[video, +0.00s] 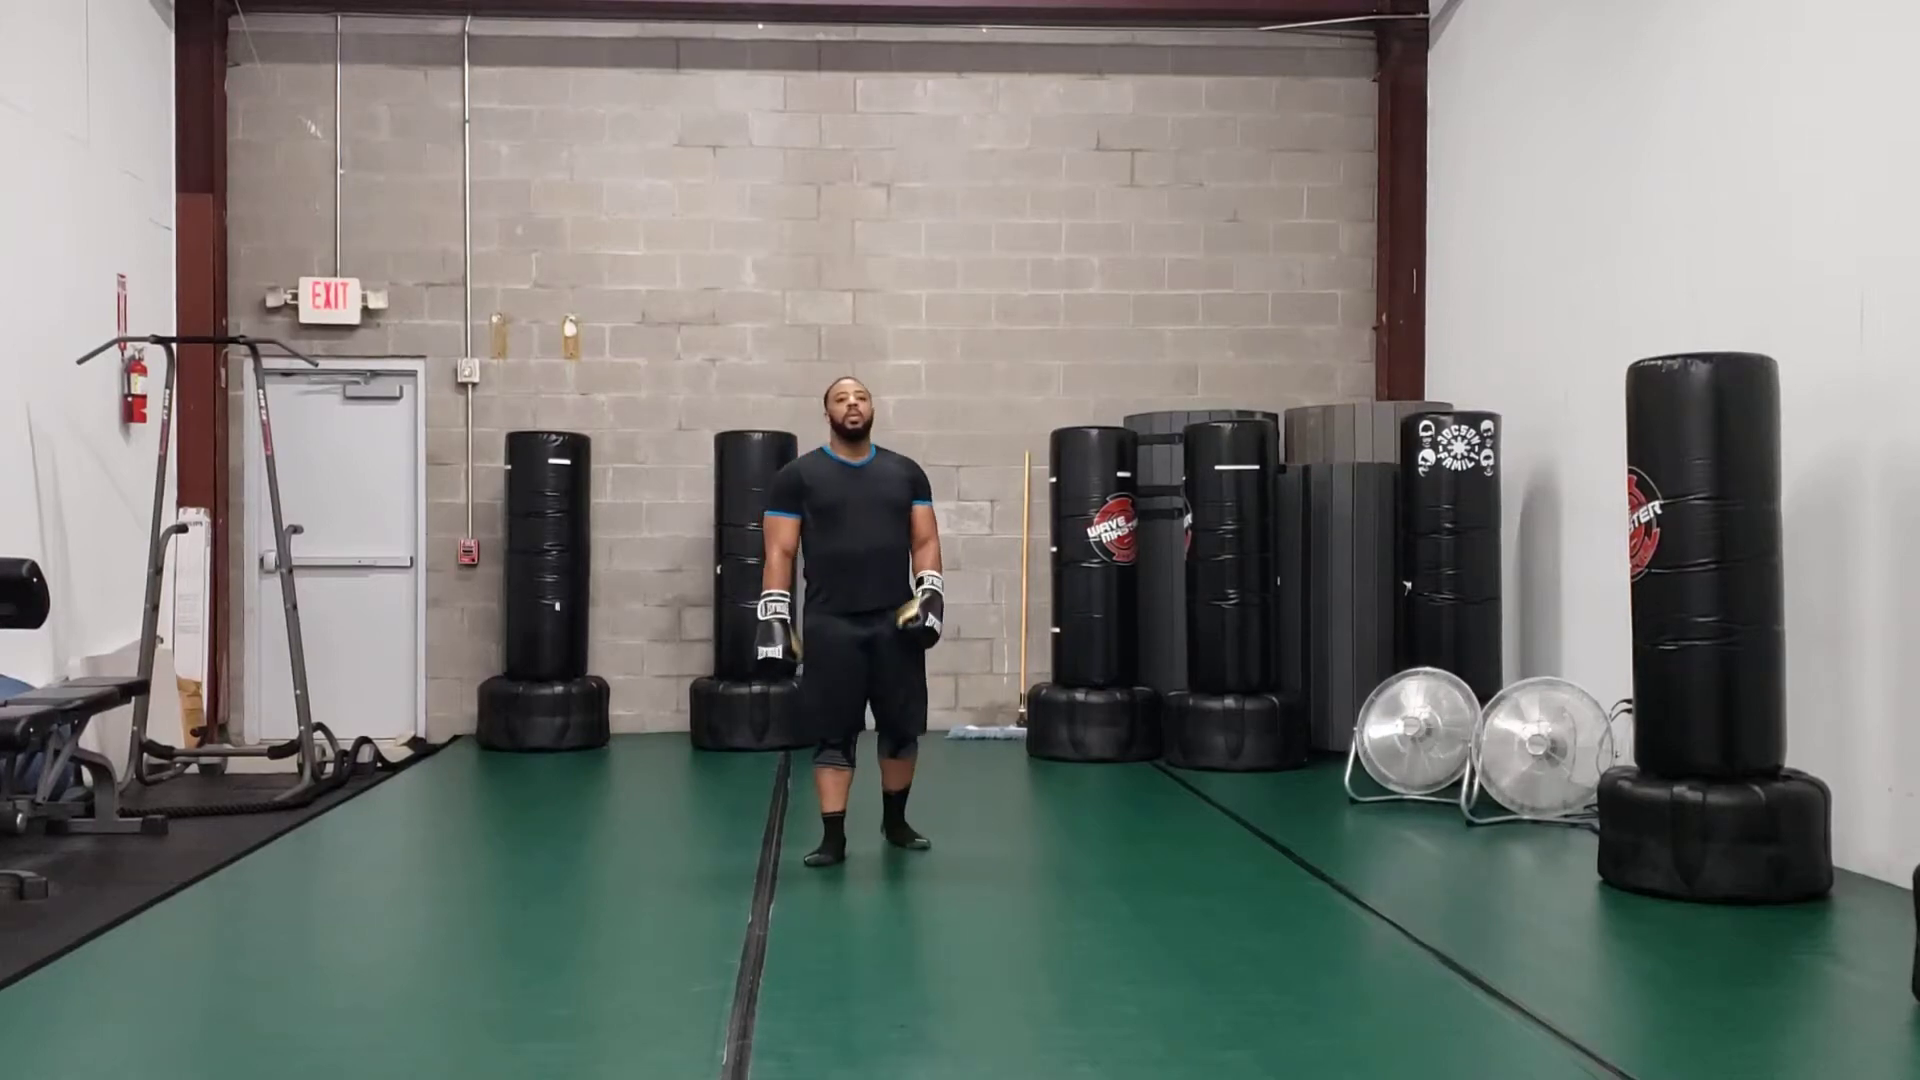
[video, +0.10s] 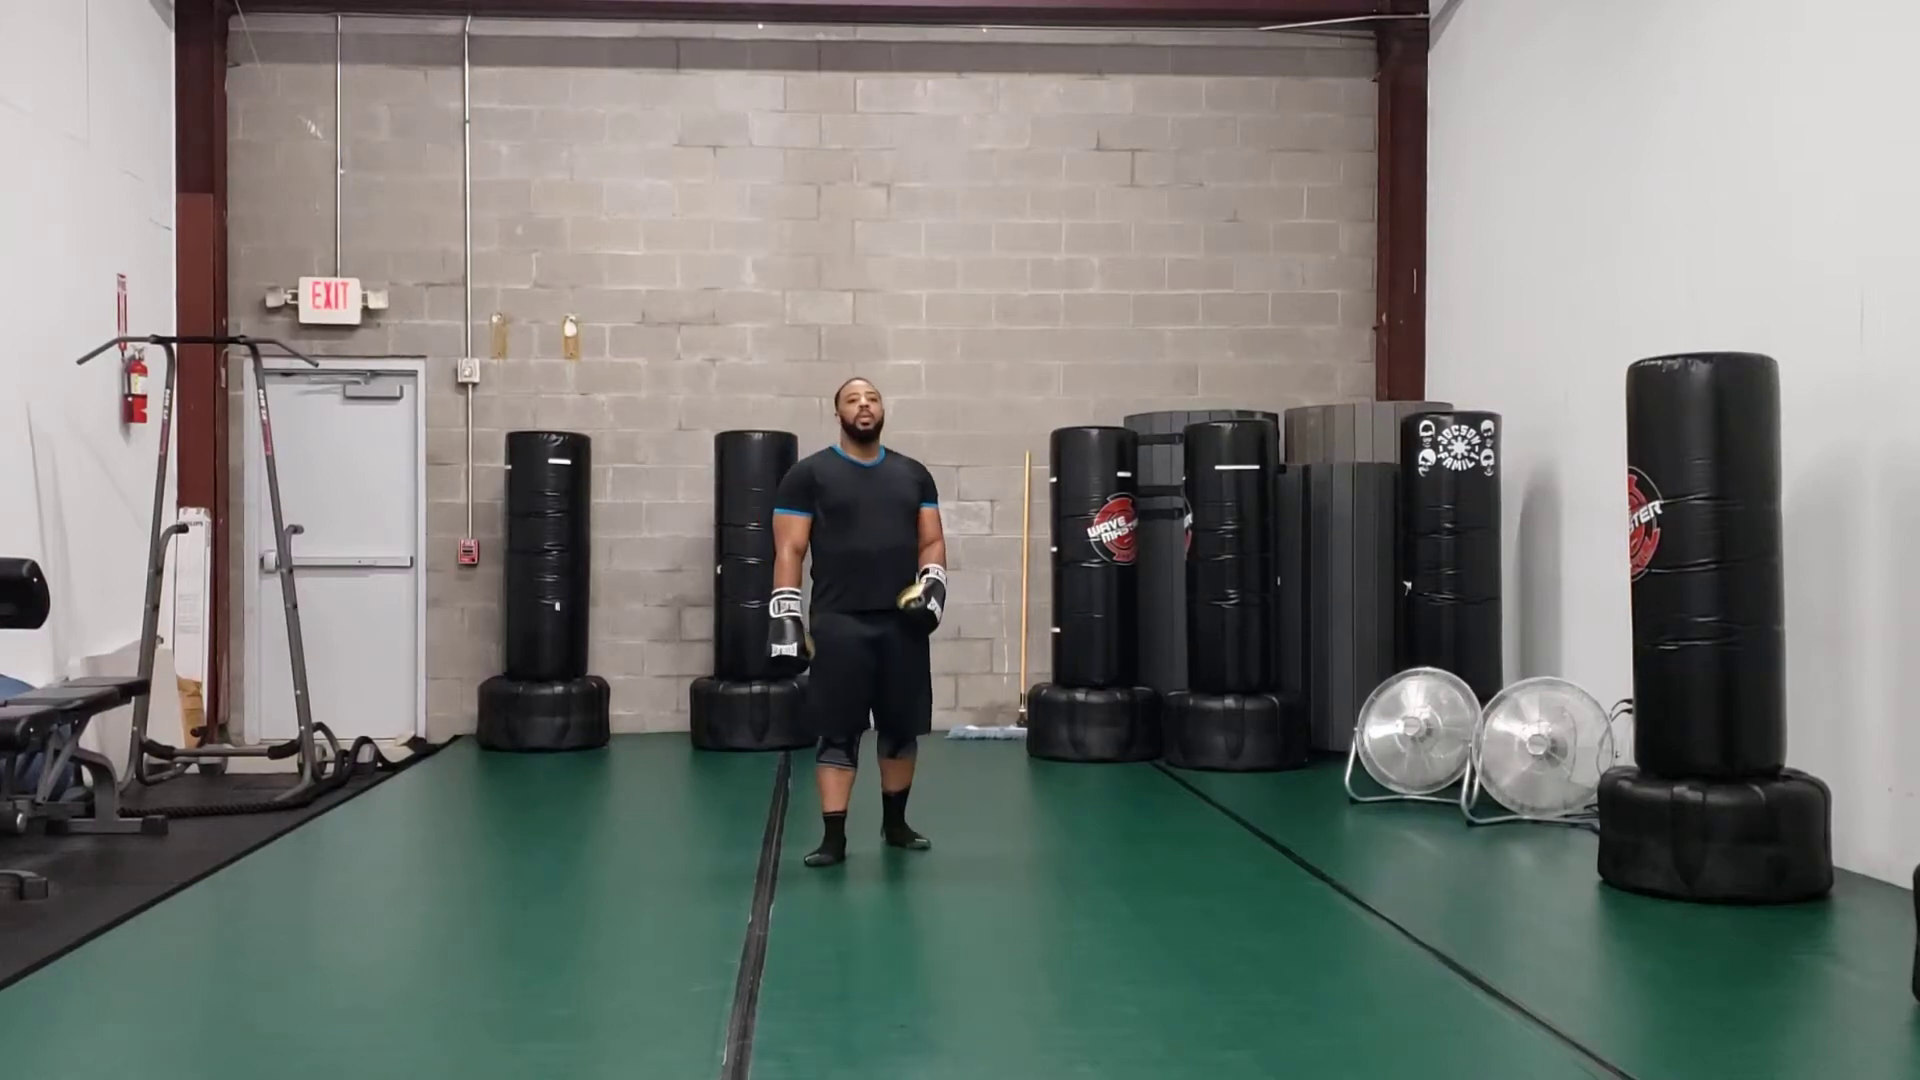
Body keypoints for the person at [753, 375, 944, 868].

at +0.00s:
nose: (853, 404)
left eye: (860, 398)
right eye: (842, 399)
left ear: (873, 412)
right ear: (827, 415)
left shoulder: (906, 473)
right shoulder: (799, 476)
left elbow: (925, 541)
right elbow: (780, 551)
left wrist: (930, 593)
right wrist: (774, 616)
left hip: (896, 620)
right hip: (830, 623)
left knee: (902, 729)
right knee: (833, 733)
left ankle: (896, 822)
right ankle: (833, 839)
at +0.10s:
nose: (864, 404)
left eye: (871, 398)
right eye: (853, 399)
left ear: (884, 413)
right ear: (838, 416)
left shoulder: (913, 475)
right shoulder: (809, 474)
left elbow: (931, 542)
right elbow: (790, 550)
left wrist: (932, 583)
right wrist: (786, 615)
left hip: (903, 622)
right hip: (838, 622)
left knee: (901, 730)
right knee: (837, 734)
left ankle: (896, 825)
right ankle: (833, 840)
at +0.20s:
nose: (874, 406)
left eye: (882, 399)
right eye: (863, 400)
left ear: (893, 413)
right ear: (848, 416)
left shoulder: (920, 476)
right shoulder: (818, 473)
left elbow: (937, 543)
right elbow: (800, 547)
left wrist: (936, 579)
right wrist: (801, 614)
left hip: (907, 622)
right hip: (843, 622)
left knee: (901, 729)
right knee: (839, 732)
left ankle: (896, 826)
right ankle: (833, 840)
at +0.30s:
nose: (883, 408)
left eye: (891, 401)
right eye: (872, 402)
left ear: (902, 415)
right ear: (857, 417)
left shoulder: (926, 479)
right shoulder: (828, 473)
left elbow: (943, 544)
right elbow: (809, 546)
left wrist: (943, 577)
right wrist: (817, 611)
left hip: (912, 622)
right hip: (850, 622)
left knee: (903, 728)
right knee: (843, 731)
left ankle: (896, 827)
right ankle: (834, 839)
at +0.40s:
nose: (891, 409)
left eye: (898, 403)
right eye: (880, 404)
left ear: (909, 417)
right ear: (864, 418)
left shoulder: (932, 481)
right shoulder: (835, 473)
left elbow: (948, 547)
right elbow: (817, 544)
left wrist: (949, 577)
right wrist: (830, 608)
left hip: (917, 622)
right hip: (858, 620)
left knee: (906, 728)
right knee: (847, 730)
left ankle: (895, 827)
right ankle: (834, 839)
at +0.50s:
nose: (896, 409)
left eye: (903, 403)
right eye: (885, 404)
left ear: (915, 417)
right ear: (870, 419)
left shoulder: (937, 482)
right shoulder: (841, 471)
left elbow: (951, 548)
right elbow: (822, 542)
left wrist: (952, 580)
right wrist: (838, 607)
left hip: (919, 621)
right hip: (861, 620)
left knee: (906, 727)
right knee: (850, 729)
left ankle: (895, 826)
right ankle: (833, 838)